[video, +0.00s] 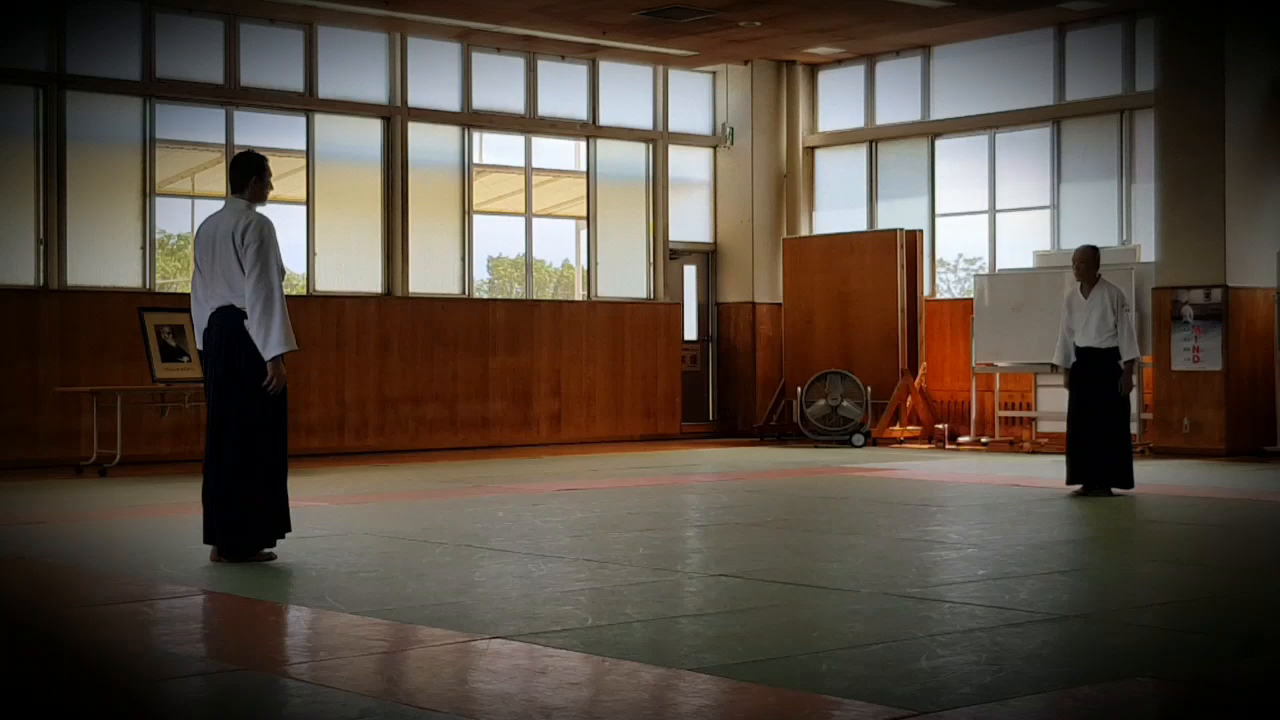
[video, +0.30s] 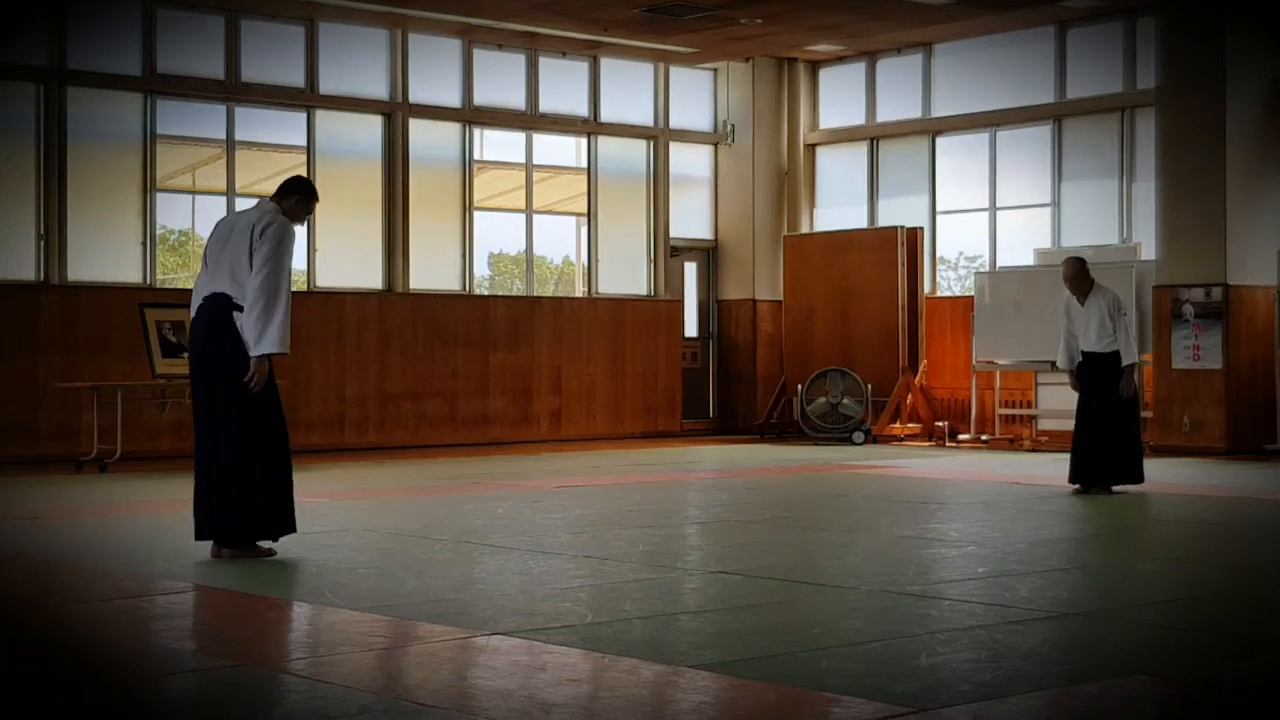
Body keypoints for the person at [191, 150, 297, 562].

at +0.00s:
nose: (271, 187)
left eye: (269, 180)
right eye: (268, 180)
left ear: (233, 182)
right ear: (257, 182)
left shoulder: (207, 225)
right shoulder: (256, 224)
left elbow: (200, 292)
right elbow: (262, 292)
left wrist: (204, 344)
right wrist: (274, 353)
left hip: (214, 337)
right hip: (247, 337)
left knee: (224, 437)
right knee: (251, 438)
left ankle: (224, 538)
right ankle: (242, 541)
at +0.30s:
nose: (304, 221)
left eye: (308, 214)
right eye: (306, 213)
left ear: (279, 195)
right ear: (296, 200)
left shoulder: (227, 221)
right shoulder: (276, 224)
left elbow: (206, 279)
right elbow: (265, 287)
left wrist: (198, 330)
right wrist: (261, 349)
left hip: (205, 327)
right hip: (236, 328)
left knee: (218, 431)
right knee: (251, 430)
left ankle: (224, 535)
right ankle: (239, 536)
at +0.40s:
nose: (313, 236)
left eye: (317, 229)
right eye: (315, 227)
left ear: (290, 207)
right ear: (305, 214)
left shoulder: (237, 225)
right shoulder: (284, 230)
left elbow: (214, 278)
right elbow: (264, 289)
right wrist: (252, 353)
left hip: (198, 326)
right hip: (227, 327)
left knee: (212, 431)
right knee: (244, 430)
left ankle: (219, 535)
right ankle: (234, 536)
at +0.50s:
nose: (316, 246)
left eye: (320, 241)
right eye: (319, 238)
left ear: (296, 216)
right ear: (310, 224)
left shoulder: (243, 232)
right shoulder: (288, 237)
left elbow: (213, 281)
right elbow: (263, 291)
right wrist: (245, 353)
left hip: (196, 326)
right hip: (222, 328)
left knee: (209, 430)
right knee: (238, 432)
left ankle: (218, 533)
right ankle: (232, 536)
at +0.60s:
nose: (315, 252)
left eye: (320, 247)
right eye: (320, 244)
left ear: (298, 220)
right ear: (312, 229)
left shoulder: (243, 235)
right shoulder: (287, 240)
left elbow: (208, 281)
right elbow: (259, 292)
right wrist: (241, 353)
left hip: (192, 324)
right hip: (218, 327)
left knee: (205, 430)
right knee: (232, 431)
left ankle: (215, 531)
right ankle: (231, 535)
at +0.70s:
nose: (314, 254)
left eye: (320, 248)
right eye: (319, 245)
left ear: (298, 223)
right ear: (310, 232)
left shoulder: (243, 236)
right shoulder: (286, 242)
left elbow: (210, 284)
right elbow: (258, 292)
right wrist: (238, 352)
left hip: (189, 327)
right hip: (216, 330)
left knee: (201, 433)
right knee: (228, 436)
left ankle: (211, 533)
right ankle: (229, 537)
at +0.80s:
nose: (315, 253)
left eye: (320, 247)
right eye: (319, 245)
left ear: (299, 223)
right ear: (311, 231)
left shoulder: (245, 235)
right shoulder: (287, 242)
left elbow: (212, 282)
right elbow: (258, 292)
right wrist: (238, 352)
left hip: (189, 325)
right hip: (216, 329)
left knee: (196, 430)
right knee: (226, 434)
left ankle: (206, 529)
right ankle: (226, 537)